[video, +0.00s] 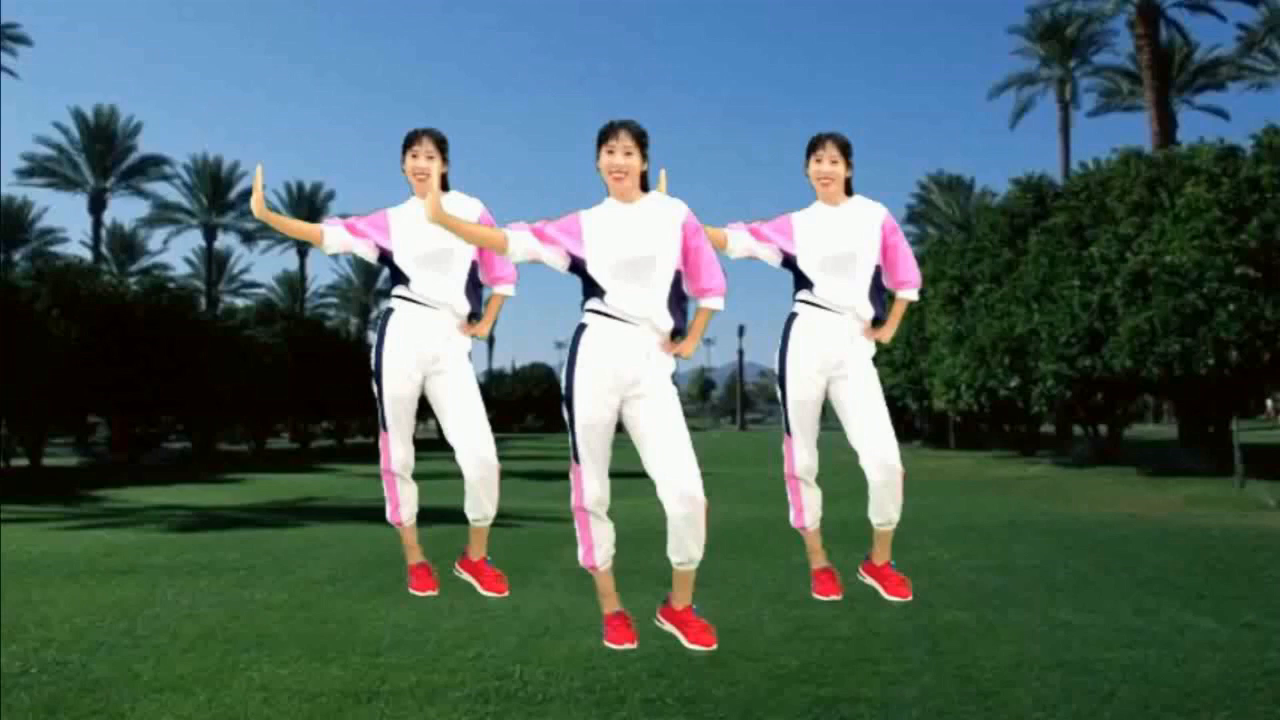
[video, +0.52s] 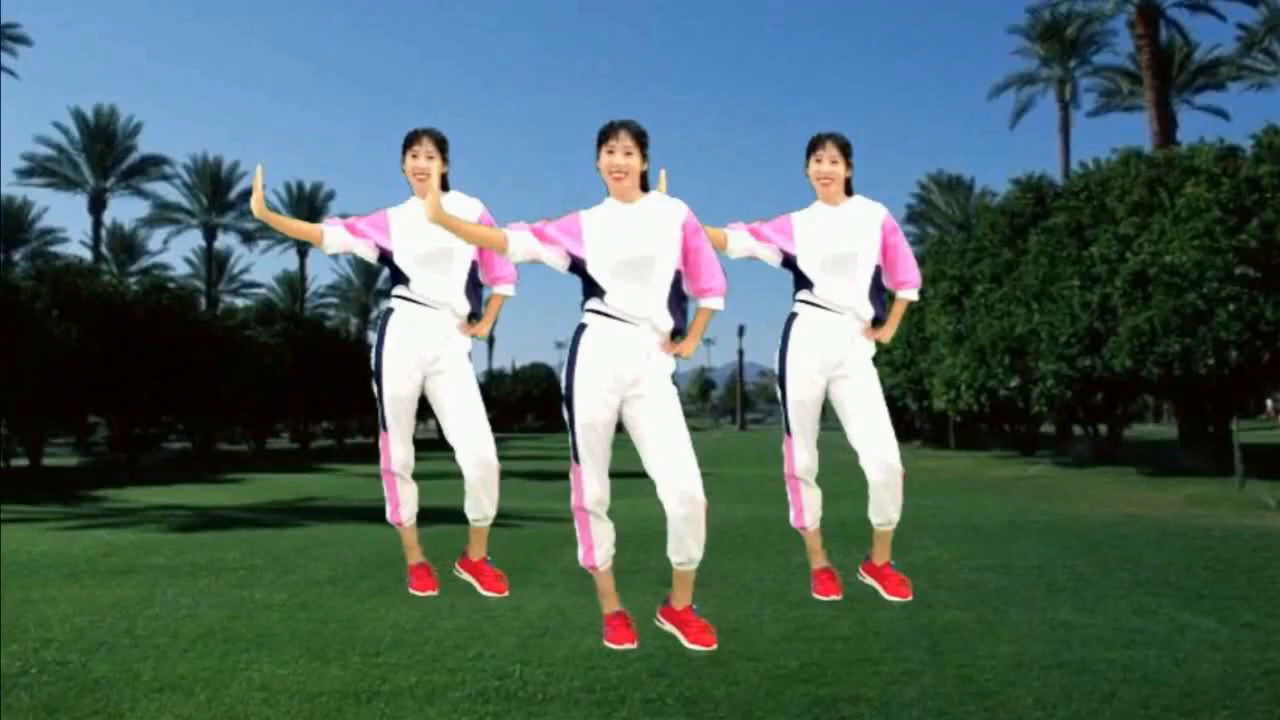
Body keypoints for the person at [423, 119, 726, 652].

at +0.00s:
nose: (618, 160)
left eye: (627, 152)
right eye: (609, 152)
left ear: (644, 162)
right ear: (598, 163)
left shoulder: (675, 216)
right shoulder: (586, 223)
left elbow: (710, 283)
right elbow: (509, 241)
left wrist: (690, 341)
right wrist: (442, 218)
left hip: (653, 353)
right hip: (598, 348)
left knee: (686, 492)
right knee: (594, 489)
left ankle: (680, 606)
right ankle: (612, 611)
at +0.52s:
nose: (618, 160)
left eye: (627, 152)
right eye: (609, 152)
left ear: (644, 162)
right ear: (598, 163)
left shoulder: (675, 215)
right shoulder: (585, 223)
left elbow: (711, 284)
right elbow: (509, 241)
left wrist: (689, 343)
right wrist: (442, 218)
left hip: (653, 354)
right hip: (598, 349)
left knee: (686, 492)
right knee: (593, 489)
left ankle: (680, 606)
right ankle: (612, 611)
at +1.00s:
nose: (618, 160)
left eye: (627, 152)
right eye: (609, 152)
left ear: (644, 162)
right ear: (598, 163)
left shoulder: (675, 216)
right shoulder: (586, 223)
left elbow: (711, 284)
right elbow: (510, 241)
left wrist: (689, 342)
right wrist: (443, 218)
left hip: (653, 354)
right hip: (598, 349)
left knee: (686, 492)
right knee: (593, 488)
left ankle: (679, 606)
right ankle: (612, 611)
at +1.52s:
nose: (618, 160)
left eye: (628, 152)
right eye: (609, 152)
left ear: (644, 162)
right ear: (598, 163)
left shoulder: (675, 216)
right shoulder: (586, 223)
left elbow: (711, 284)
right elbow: (510, 241)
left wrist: (689, 342)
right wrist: (443, 218)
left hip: (653, 353)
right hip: (598, 348)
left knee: (686, 493)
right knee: (593, 489)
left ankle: (679, 607)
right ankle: (612, 610)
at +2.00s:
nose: (618, 160)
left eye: (628, 152)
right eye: (609, 152)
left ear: (644, 162)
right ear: (598, 163)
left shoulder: (675, 216)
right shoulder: (586, 222)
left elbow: (711, 285)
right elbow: (510, 241)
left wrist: (689, 342)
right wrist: (443, 218)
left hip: (654, 353)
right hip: (598, 348)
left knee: (686, 492)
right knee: (593, 489)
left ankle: (679, 607)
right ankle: (612, 610)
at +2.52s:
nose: (618, 160)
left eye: (628, 152)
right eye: (609, 152)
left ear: (644, 162)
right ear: (598, 163)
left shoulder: (675, 216)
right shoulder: (586, 223)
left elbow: (711, 284)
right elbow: (510, 241)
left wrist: (689, 342)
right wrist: (442, 218)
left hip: (654, 353)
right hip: (598, 348)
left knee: (686, 492)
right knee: (593, 488)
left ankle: (679, 607)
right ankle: (612, 610)